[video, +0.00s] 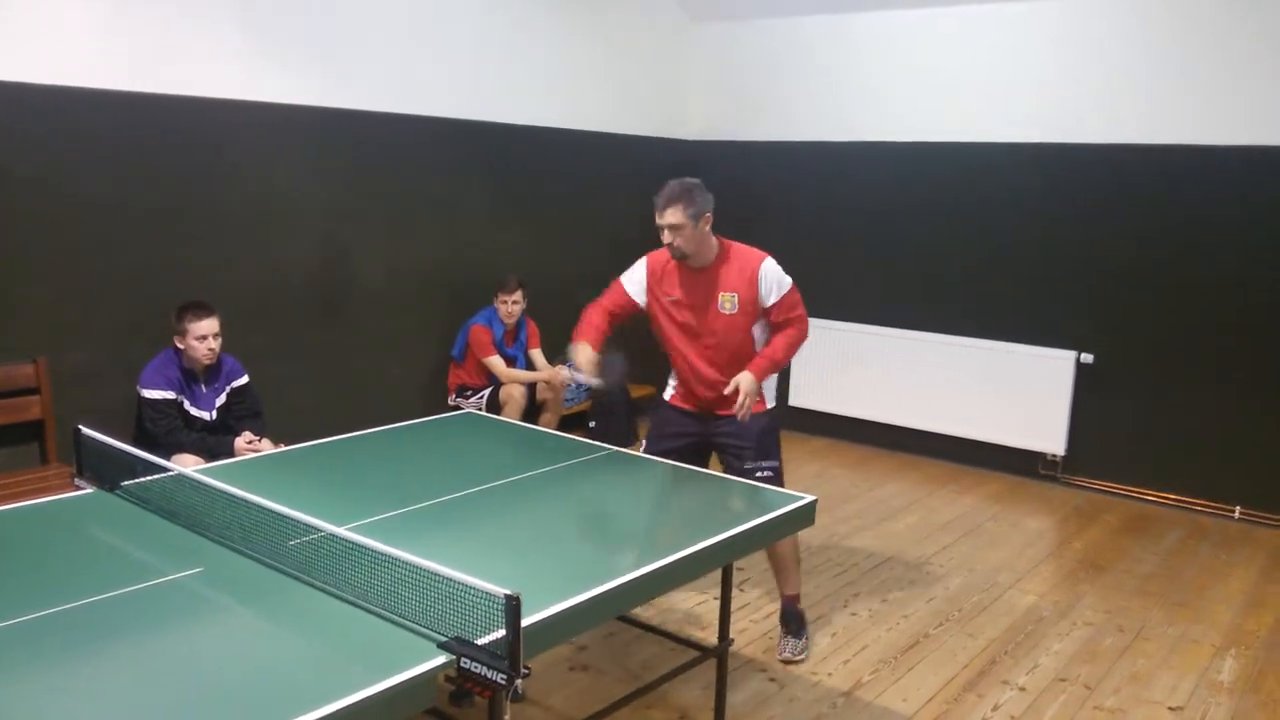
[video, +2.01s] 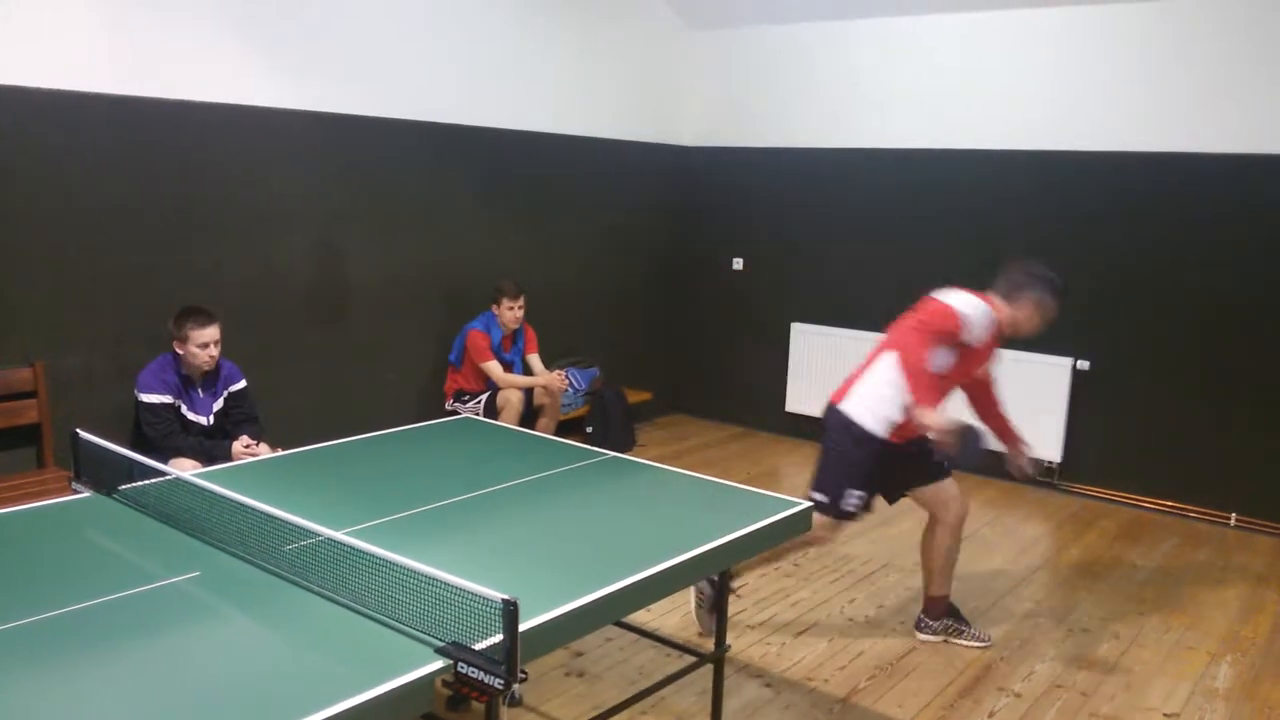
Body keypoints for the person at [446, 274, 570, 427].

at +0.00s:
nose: (509, 309)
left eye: (515, 303)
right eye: (504, 303)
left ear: (524, 304)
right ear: (495, 303)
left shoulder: (528, 327)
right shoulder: (479, 328)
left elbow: (543, 366)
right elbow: (504, 375)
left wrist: (559, 377)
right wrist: (547, 376)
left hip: (503, 387)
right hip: (467, 394)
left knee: (555, 391)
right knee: (516, 392)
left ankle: (540, 450)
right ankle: (503, 449)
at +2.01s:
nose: (517, 314)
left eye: (520, 308)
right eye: (510, 309)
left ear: (525, 308)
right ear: (495, 309)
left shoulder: (525, 332)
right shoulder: (476, 333)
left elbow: (540, 371)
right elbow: (500, 380)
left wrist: (553, 380)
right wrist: (545, 381)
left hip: (498, 394)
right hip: (462, 400)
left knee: (552, 395)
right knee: (514, 397)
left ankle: (540, 455)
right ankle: (501, 455)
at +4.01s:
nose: (508, 321)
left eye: (514, 315)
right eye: (502, 314)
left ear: (522, 316)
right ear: (493, 314)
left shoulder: (525, 338)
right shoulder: (476, 340)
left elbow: (540, 378)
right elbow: (501, 388)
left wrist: (554, 386)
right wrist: (544, 387)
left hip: (499, 400)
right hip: (463, 407)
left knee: (552, 402)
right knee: (513, 404)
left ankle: (539, 464)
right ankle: (500, 462)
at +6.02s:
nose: (504, 325)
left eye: (509, 319)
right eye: (498, 319)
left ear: (517, 320)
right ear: (488, 320)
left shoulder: (521, 343)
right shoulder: (472, 345)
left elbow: (535, 382)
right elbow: (496, 392)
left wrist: (548, 392)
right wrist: (540, 392)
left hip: (493, 405)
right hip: (457, 412)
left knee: (547, 406)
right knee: (508, 408)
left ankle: (534, 465)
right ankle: (496, 465)